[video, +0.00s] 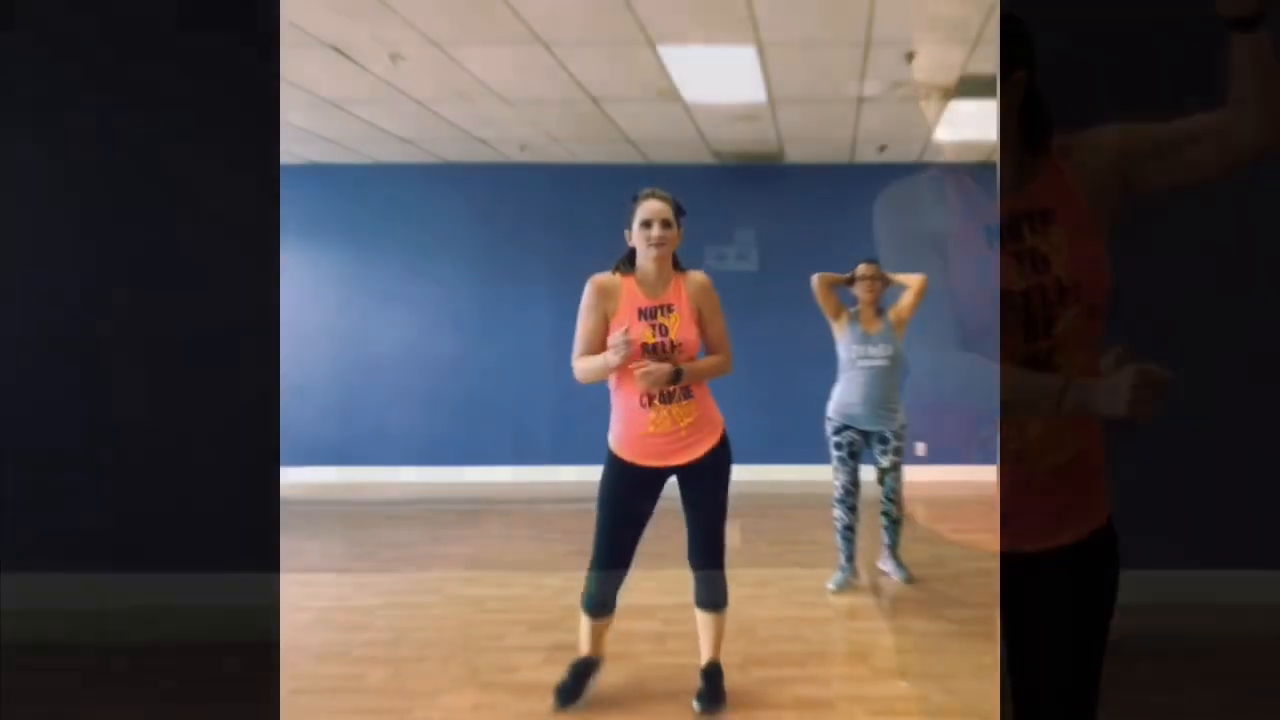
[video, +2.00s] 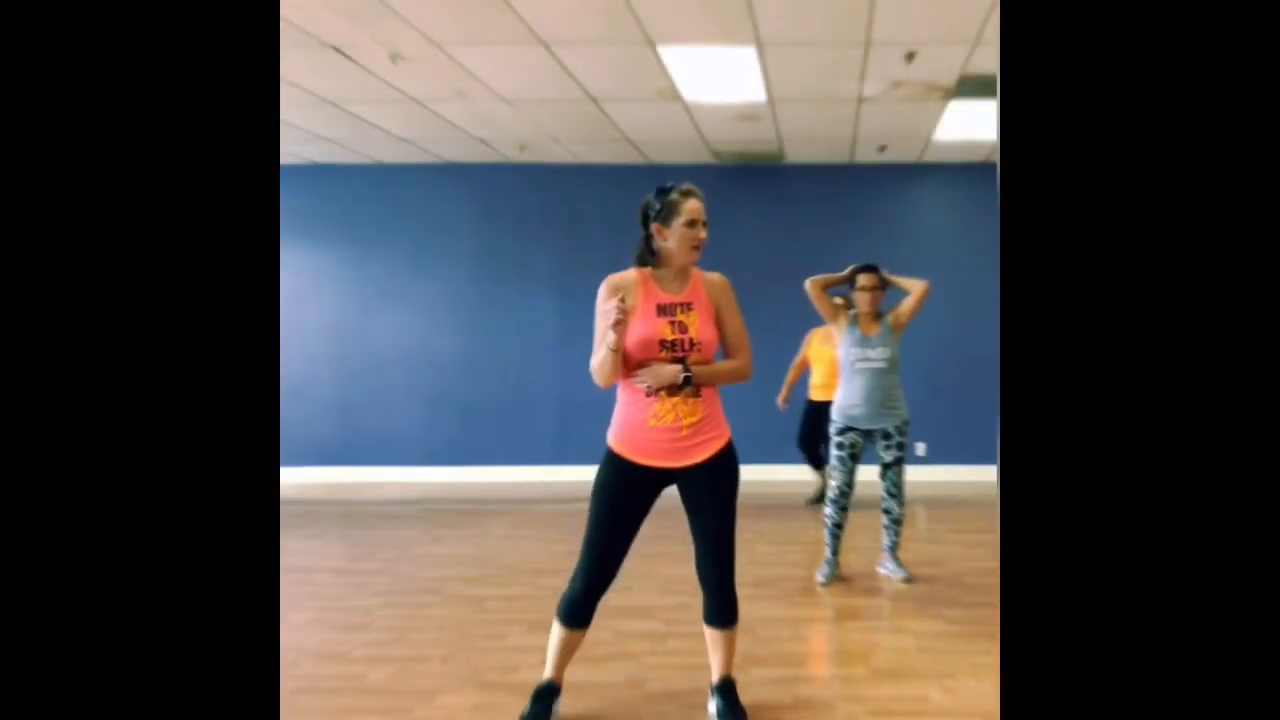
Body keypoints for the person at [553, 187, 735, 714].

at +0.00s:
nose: (656, 231)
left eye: (665, 223)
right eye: (647, 223)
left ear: (679, 232)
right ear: (630, 233)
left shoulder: (696, 286)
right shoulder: (603, 289)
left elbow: (723, 359)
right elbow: (581, 369)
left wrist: (677, 371)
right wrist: (610, 360)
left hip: (701, 443)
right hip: (633, 448)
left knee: (707, 560)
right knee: (605, 567)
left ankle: (710, 669)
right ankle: (588, 659)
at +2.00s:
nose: (703, 234)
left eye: (705, 224)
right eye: (692, 225)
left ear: (701, 231)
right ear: (658, 230)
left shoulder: (714, 287)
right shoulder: (619, 288)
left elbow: (742, 367)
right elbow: (604, 377)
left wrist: (684, 372)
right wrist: (612, 337)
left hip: (707, 451)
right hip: (633, 452)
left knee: (718, 576)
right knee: (591, 578)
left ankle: (723, 689)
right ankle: (548, 686)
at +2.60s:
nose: (628, 228)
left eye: (629, 218)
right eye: (618, 219)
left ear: (615, 227)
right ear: (584, 225)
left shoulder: (629, 285)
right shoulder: (542, 281)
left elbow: (647, 365)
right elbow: (510, 367)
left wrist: (608, 370)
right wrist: (549, 335)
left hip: (619, 448)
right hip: (549, 451)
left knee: (670, 551)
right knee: (553, 572)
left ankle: (682, 687)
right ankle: (544, 689)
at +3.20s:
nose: (621, 234)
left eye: (629, 224)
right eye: (610, 226)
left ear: (645, 231)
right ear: (596, 238)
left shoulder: (676, 291)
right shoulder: (583, 289)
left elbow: (700, 373)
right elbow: (540, 340)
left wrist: (637, 376)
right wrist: (581, 273)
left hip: (650, 457)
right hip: (578, 450)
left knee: (675, 581)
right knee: (562, 576)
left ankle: (720, 678)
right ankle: (545, 689)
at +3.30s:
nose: (631, 233)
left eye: (640, 223)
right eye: (621, 227)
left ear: (659, 227)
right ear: (610, 238)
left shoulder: (694, 286)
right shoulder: (603, 288)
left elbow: (724, 368)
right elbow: (556, 338)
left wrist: (656, 374)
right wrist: (595, 274)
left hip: (674, 453)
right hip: (602, 447)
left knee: (690, 578)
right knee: (575, 572)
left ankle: (718, 684)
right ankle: (547, 689)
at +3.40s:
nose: (644, 232)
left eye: (653, 221)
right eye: (634, 226)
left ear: (674, 224)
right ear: (624, 237)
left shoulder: (708, 283)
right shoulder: (622, 286)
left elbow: (742, 363)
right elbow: (567, 334)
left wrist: (673, 370)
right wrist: (605, 269)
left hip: (696, 447)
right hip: (626, 445)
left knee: (704, 575)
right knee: (590, 572)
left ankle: (721, 686)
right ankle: (552, 686)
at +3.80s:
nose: (672, 226)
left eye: (682, 217)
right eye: (663, 219)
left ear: (703, 225)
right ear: (654, 231)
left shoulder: (730, 283)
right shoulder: (640, 278)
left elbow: (763, 357)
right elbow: (559, 272)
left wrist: (700, 370)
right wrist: (502, 269)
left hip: (721, 445)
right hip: (654, 445)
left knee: (724, 569)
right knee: (636, 564)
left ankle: (726, 684)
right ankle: (677, 654)